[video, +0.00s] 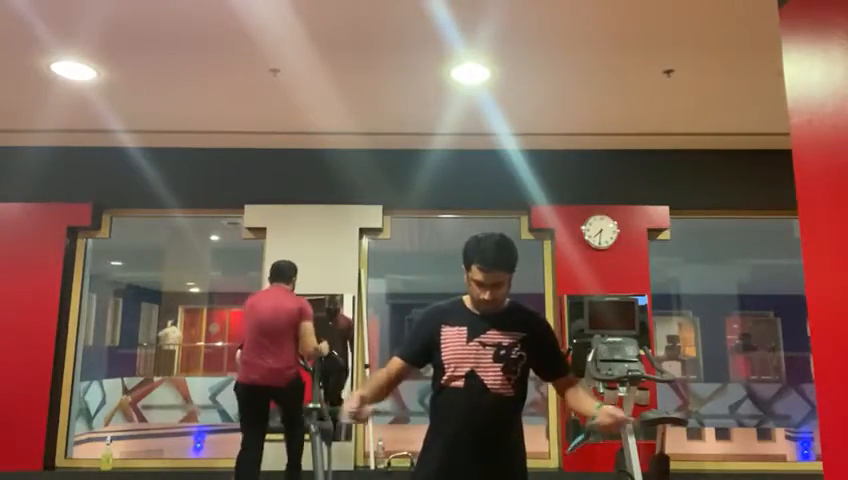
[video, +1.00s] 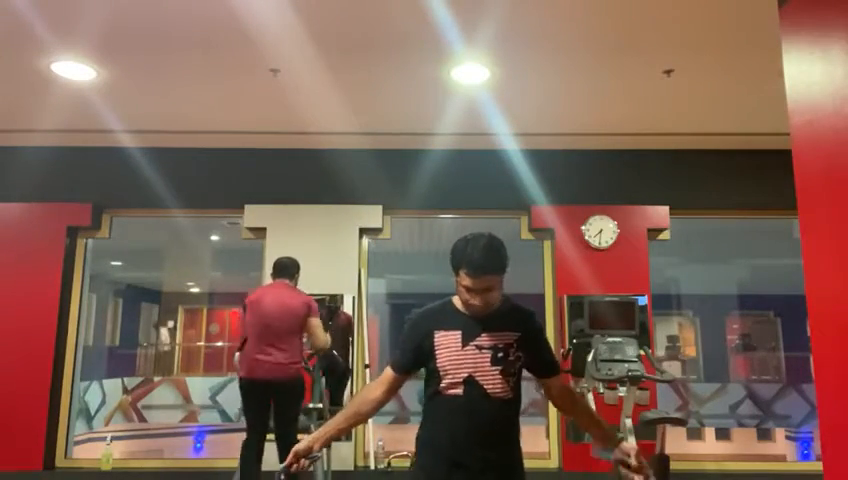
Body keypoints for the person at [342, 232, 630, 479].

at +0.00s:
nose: (489, 295)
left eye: (498, 286)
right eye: (481, 285)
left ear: (511, 276)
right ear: (466, 273)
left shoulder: (532, 327)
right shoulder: (434, 321)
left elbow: (566, 384)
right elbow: (393, 372)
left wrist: (597, 411)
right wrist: (364, 397)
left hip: (502, 464)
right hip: (443, 462)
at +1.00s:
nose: (474, 300)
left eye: (484, 291)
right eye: (466, 290)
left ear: (503, 280)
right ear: (454, 279)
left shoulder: (522, 324)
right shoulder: (426, 323)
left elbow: (561, 392)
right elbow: (378, 391)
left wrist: (612, 442)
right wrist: (316, 440)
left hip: (499, 467)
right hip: (437, 466)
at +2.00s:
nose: (462, 250)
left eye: (473, 242)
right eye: (452, 241)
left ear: (488, 253)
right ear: (436, 252)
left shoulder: (513, 315)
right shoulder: (409, 314)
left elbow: (557, 403)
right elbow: (366, 393)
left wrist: (619, 460)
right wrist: (311, 450)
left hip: (494, 467)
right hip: (425, 466)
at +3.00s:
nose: (442, 185)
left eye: (453, 178)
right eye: (432, 177)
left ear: (469, 193)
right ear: (416, 193)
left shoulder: (499, 257)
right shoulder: (389, 260)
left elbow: (542, 363)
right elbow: (347, 356)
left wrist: (594, 430)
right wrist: (283, 431)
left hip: (482, 441)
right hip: (407, 440)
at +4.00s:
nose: (435, 197)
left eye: (445, 189)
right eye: (424, 188)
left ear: (460, 208)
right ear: (405, 207)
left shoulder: (490, 273)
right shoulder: (380, 281)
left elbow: (548, 360)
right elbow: (332, 369)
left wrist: (621, 416)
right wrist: (249, 437)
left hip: (480, 457)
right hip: (402, 459)